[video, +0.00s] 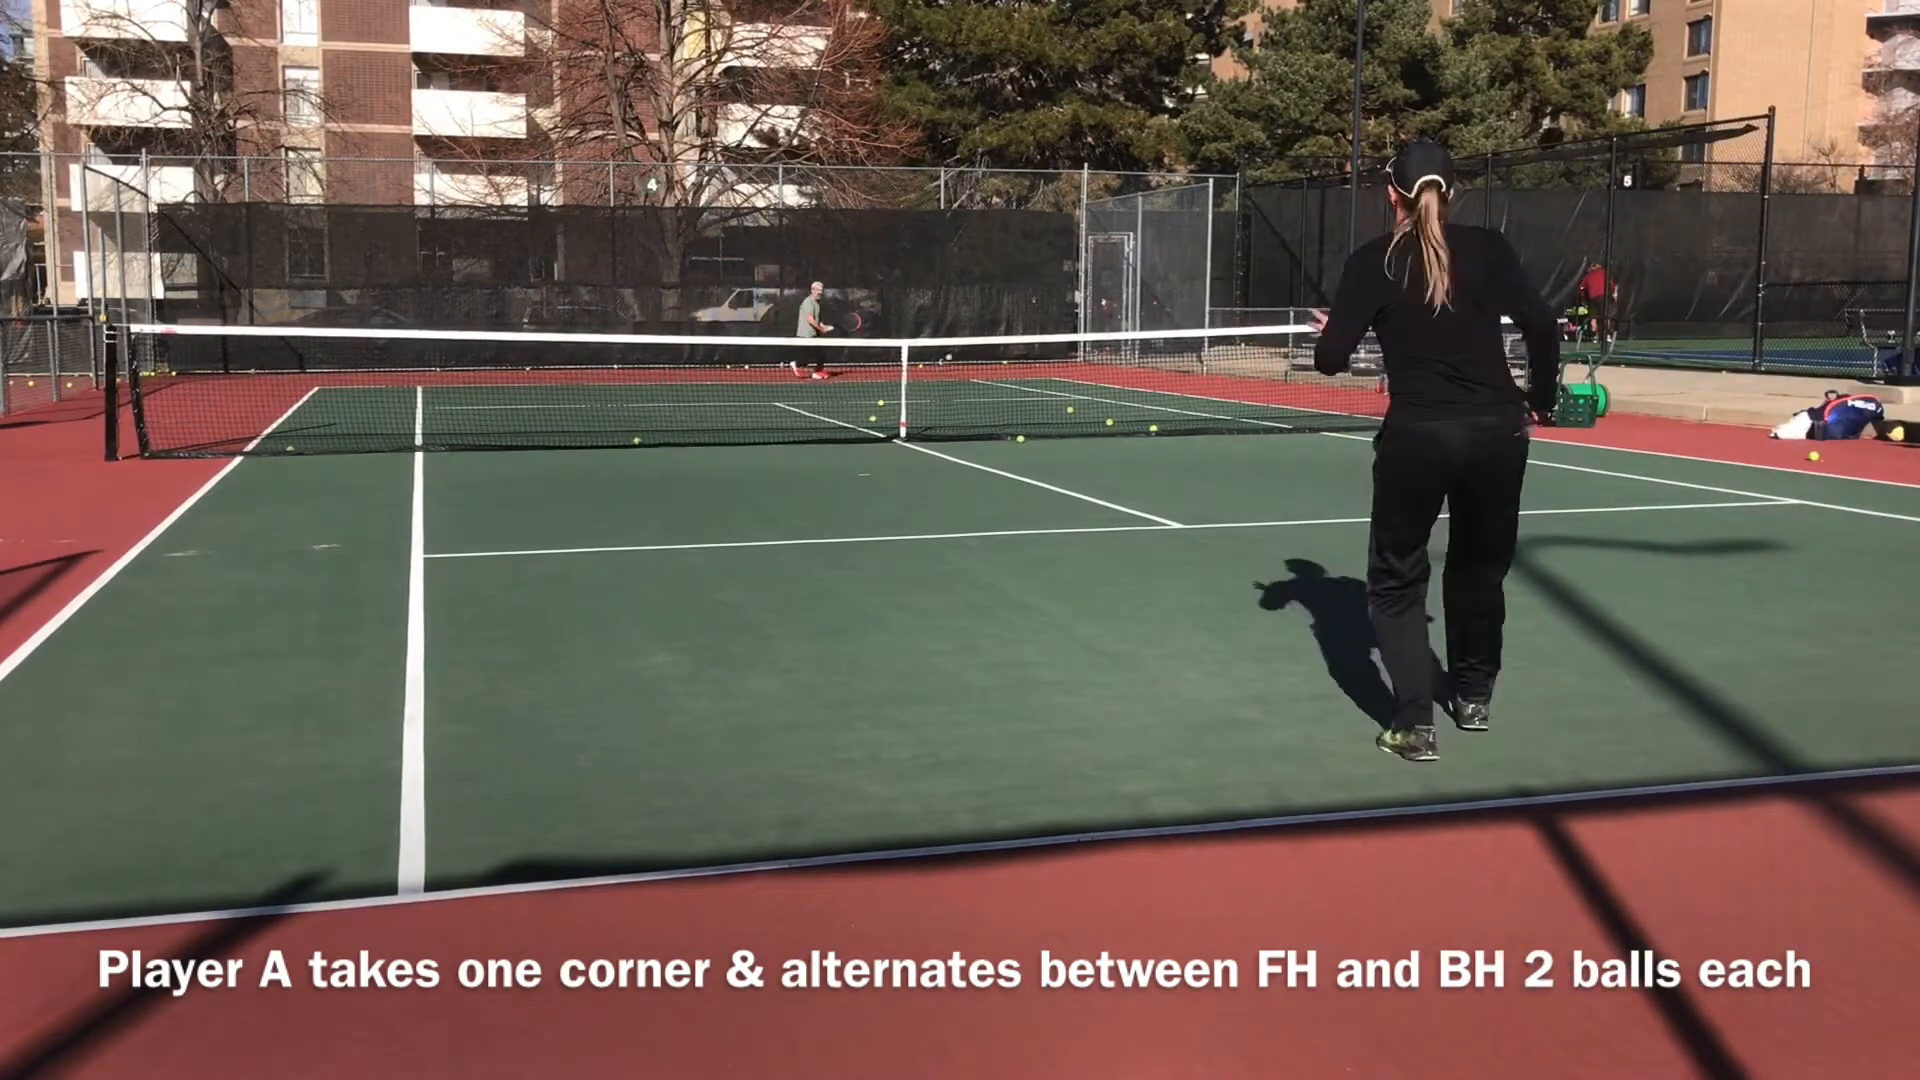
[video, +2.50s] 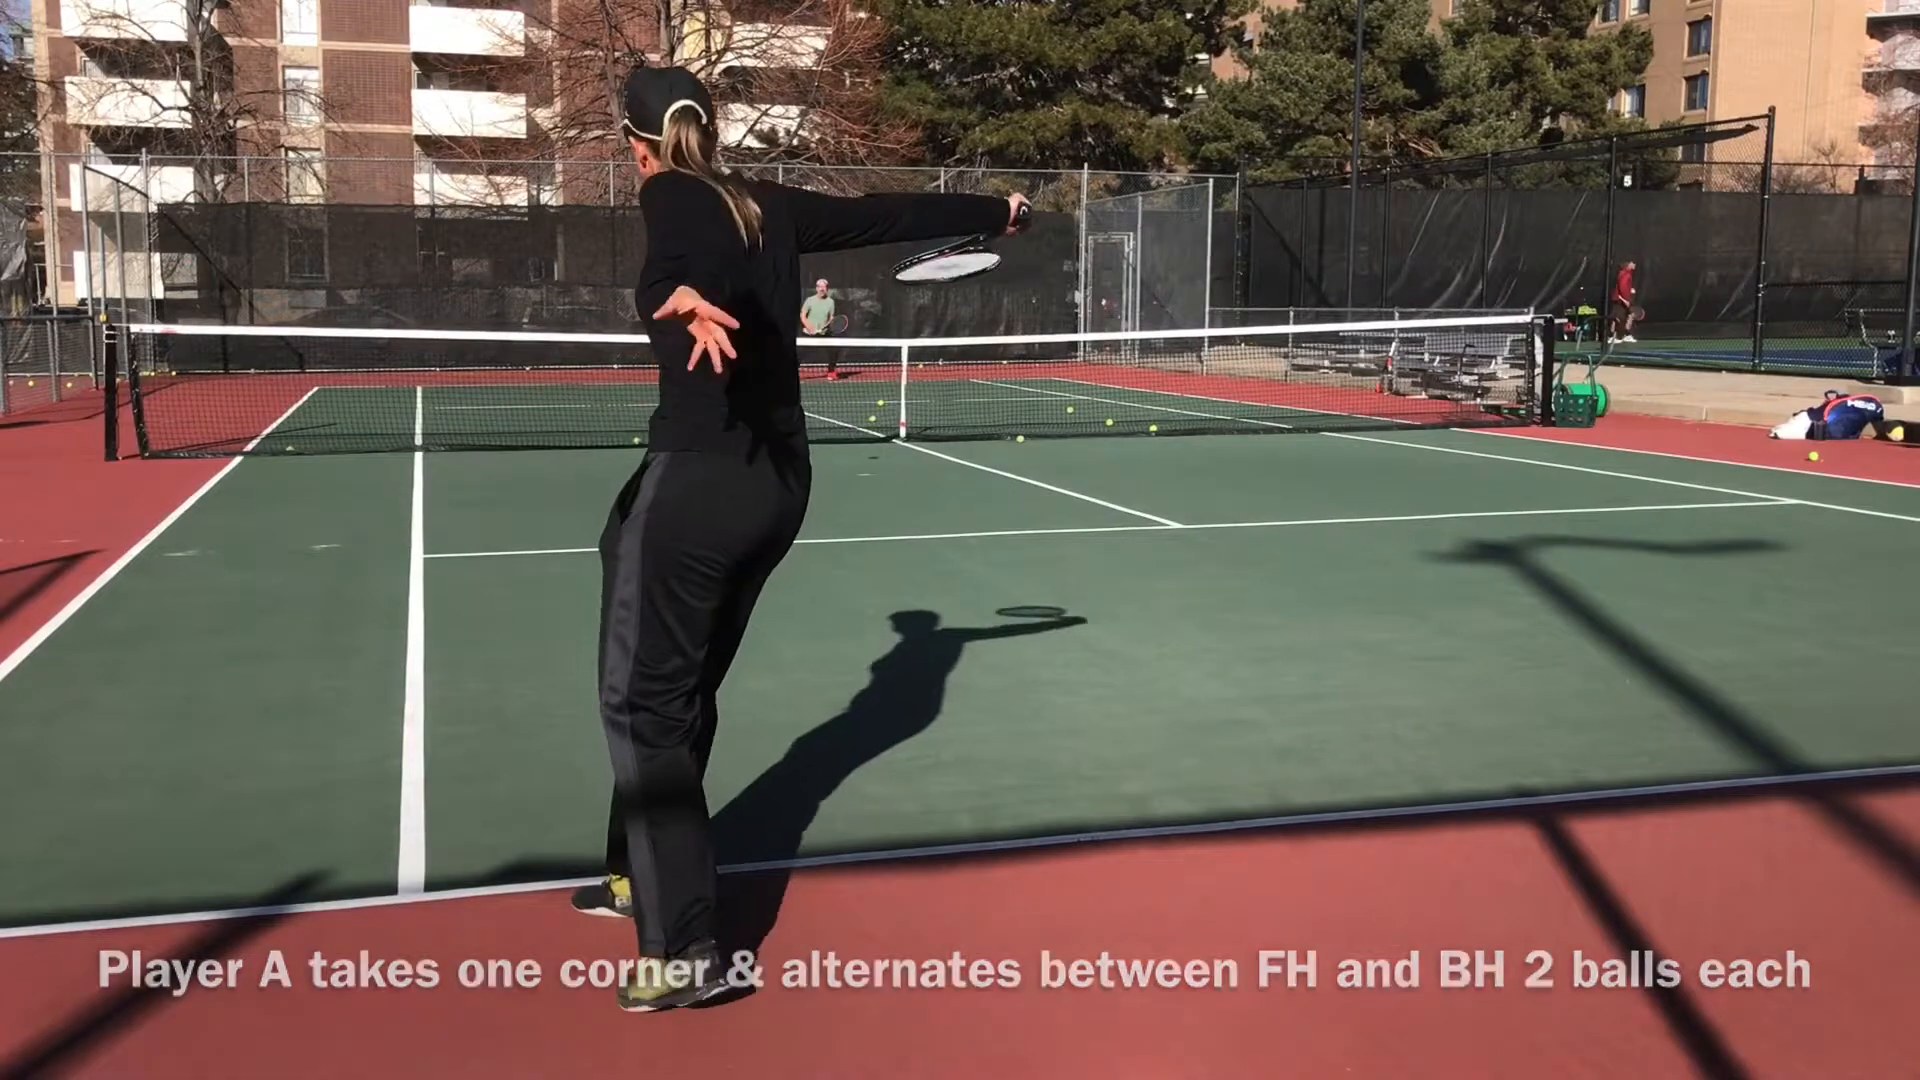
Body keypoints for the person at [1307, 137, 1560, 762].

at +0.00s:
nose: (1388, 198)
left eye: (1388, 190)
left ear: (1395, 195)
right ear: (1450, 193)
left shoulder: (1375, 259)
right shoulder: (1488, 246)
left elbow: (1330, 358)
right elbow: (1541, 324)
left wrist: (1332, 334)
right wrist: (1542, 396)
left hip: (1415, 436)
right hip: (1496, 435)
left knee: (1397, 577)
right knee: (1480, 566)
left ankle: (1415, 723)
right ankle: (1475, 695)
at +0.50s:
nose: (1503, 197)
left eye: (1505, 188)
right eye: (1512, 186)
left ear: (1512, 192)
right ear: (1570, 194)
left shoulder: (1473, 258)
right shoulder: (1611, 266)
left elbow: (1449, 361)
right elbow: (1650, 367)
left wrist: (1472, 386)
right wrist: (1597, 414)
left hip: (1494, 470)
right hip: (1590, 472)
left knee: (1457, 609)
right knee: (1606, 638)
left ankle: (1423, 740)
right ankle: (1650, 810)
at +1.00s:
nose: (1491, 219)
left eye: (1493, 209)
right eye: (1496, 207)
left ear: (1504, 213)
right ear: (1567, 214)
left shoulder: (1482, 285)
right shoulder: (1623, 283)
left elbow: (1485, 407)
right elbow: (1697, 377)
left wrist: (1488, 445)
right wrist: (1655, 459)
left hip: (1562, 505)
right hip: (1662, 499)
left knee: (1473, 711)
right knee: (1698, 693)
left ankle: (1473, 888)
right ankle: (1803, 878)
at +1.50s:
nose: (1090, 208)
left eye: (1090, 192)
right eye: (1091, 192)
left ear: (1107, 191)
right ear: (1153, 181)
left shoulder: (1168, 248)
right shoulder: (1181, 253)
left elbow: (1240, 349)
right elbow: (1214, 405)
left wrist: (1114, 374)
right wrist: (1133, 476)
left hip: (1202, 511)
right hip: (1249, 511)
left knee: (1106, 718)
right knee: (1200, 735)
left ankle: (1057, 949)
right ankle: (1364, 890)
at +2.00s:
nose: (731, 228)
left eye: (732, 213)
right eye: (727, 214)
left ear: (758, 205)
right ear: (783, 199)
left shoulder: (817, 255)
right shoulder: (776, 263)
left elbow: (785, 329)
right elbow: (691, 271)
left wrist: (708, 245)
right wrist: (609, 243)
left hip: (817, 521)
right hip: (787, 522)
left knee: (794, 746)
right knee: (677, 666)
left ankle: (982, 904)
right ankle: (650, 871)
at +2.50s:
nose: (627, 151)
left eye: (626, 137)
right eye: (633, 136)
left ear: (641, 142)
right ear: (705, 132)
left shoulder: (668, 200)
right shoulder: (771, 207)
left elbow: (673, 253)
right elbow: (883, 219)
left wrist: (684, 293)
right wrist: (997, 211)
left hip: (697, 482)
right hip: (772, 481)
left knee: (646, 702)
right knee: (686, 684)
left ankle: (688, 946)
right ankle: (644, 870)